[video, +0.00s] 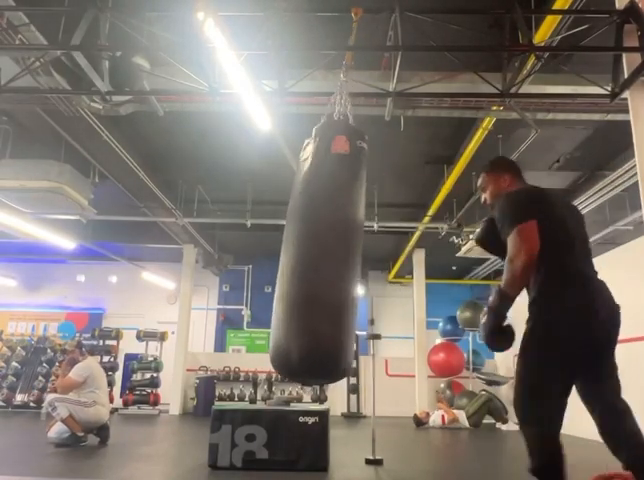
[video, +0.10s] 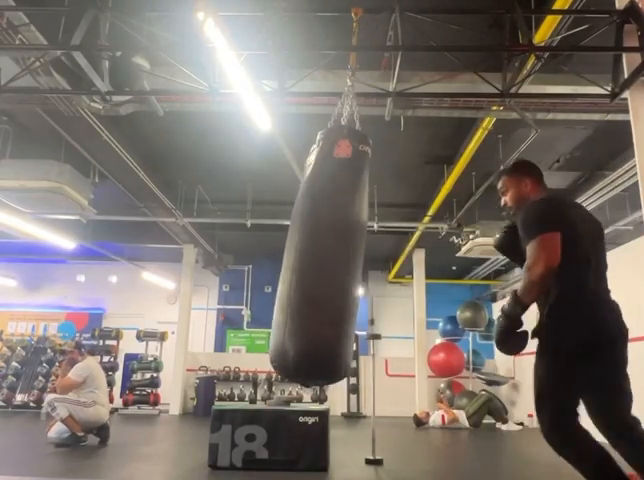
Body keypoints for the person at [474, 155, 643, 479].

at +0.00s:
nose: (484, 200)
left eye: (484, 189)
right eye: (481, 192)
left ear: (504, 178)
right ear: (516, 179)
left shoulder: (513, 200)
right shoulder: (562, 204)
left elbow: (524, 252)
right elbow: (561, 263)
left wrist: (495, 313)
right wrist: (505, 249)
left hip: (557, 310)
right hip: (598, 304)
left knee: (535, 409)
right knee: (606, 402)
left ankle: (548, 473)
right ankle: (640, 466)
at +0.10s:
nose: (503, 203)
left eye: (505, 192)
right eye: (501, 196)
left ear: (526, 184)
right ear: (532, 185)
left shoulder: (538, 208)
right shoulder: (585, 216)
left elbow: (543, 263)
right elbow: (575, 277)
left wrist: (511, 313)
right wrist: (525, 256)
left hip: (565, 330)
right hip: (605, 325)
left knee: (558, 427)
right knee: (615, 420)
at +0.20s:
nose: (513, 209)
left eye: (515, 199)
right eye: (511, 202)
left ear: (537, 190)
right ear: (545, 192)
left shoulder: (548, 216)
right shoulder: (589, 221)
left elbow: (560, 266)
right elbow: (584, 282)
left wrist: (516, 306)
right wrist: (530, 259)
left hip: (581, 342)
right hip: (620, 338)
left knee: (560, 434)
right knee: (627, 431)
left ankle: (613, 477)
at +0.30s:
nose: (507, 202)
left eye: (508, 192)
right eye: (505, 195)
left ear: (530, 182)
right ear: (532, 183)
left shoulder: (550, 202)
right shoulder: (583, 209)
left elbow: (562, 249)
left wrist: (512, 273)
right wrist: (525, 246)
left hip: (577, 320)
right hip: (614, 320)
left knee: (529, 399)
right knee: (631, 415)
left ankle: (582, 474)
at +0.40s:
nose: (501, 201)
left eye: (501, 190)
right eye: (498, 193)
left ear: (521, 179)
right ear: (523, 179)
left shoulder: (545, 195)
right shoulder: (580, 204)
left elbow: (551, 245)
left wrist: (504, 254)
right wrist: (518, 233)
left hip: (568, 310)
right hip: (607, 308)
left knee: (529, 396)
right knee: (612, 408)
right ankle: (639, 470)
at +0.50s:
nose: (499, 210)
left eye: (499, 199)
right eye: (497, 203)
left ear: (519, 187)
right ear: (526, 187)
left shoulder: (542, 204)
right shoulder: (573, 209)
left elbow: (539, 254)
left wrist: (495, 255)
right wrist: (518, 236)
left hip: (561, 326)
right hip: (597, 323)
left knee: (528, 419)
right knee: (608, 417)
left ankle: (513, 473)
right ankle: (634, 471)